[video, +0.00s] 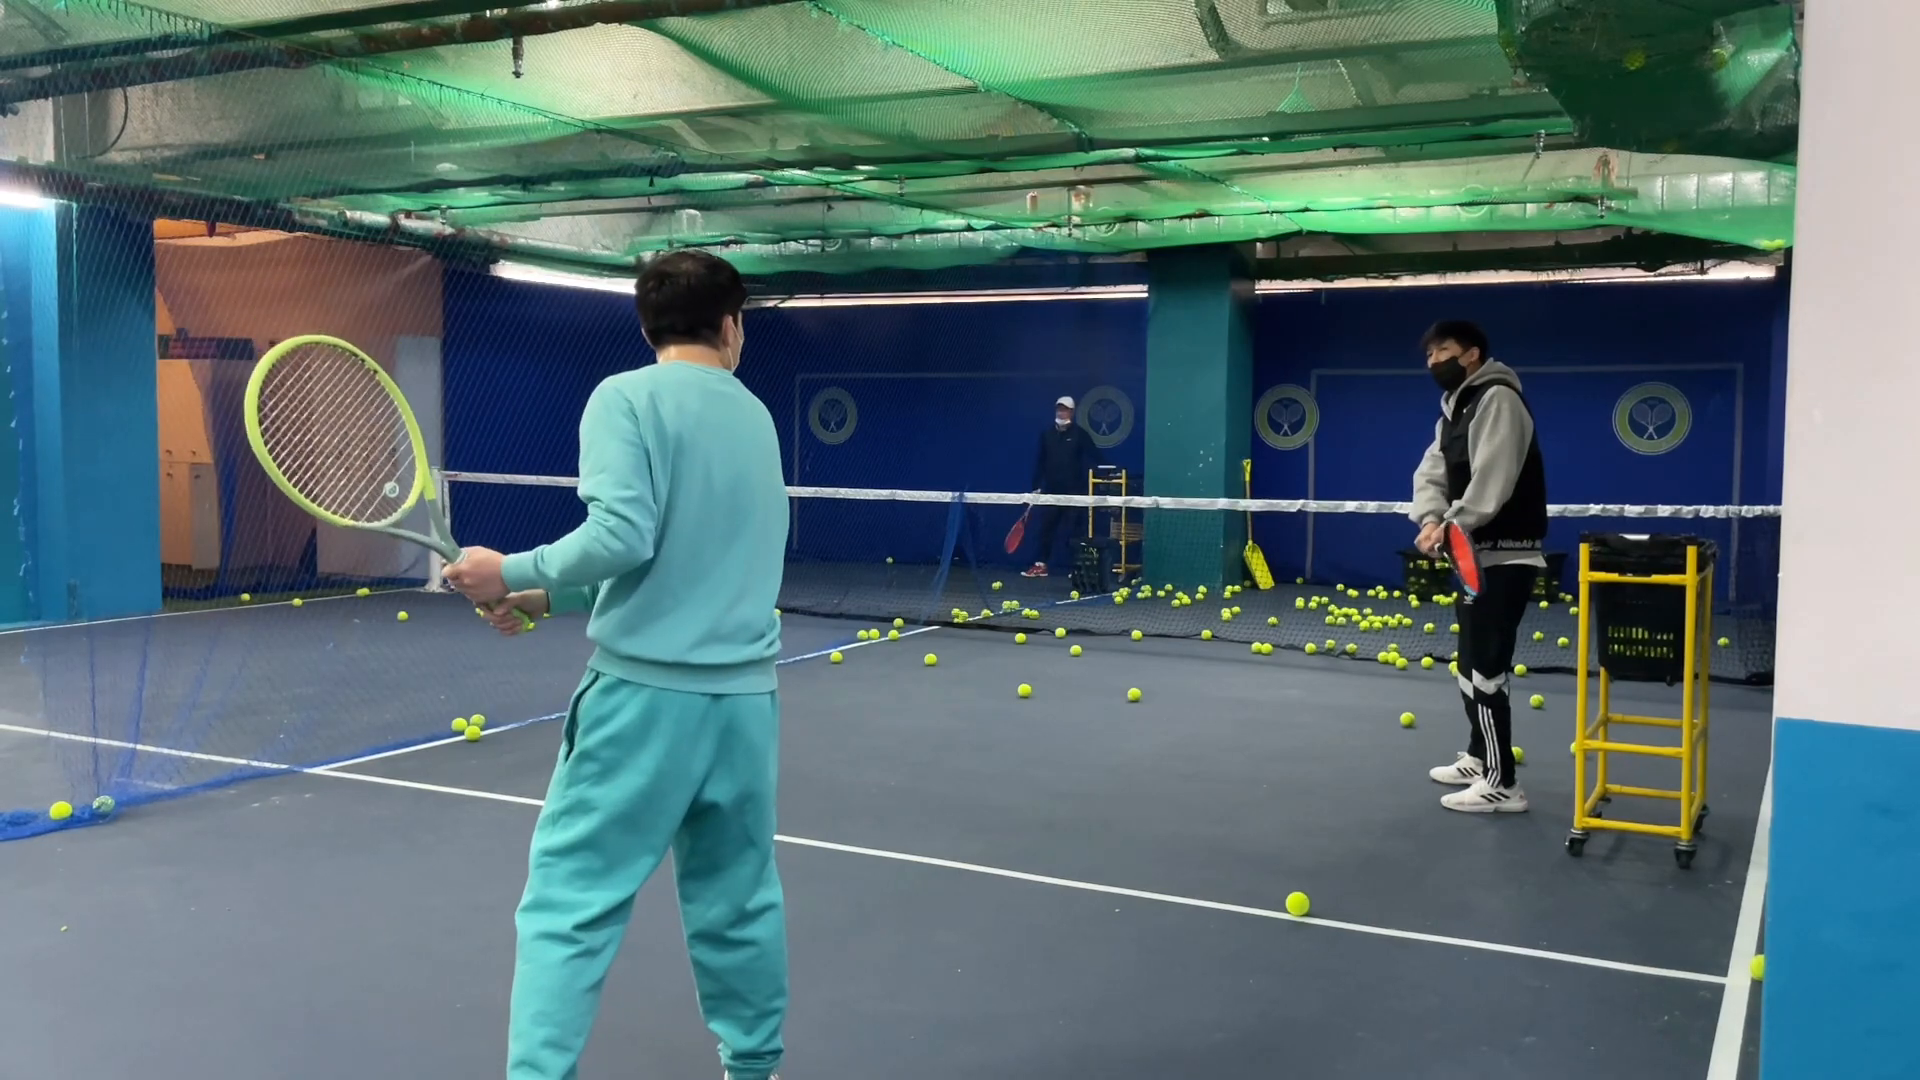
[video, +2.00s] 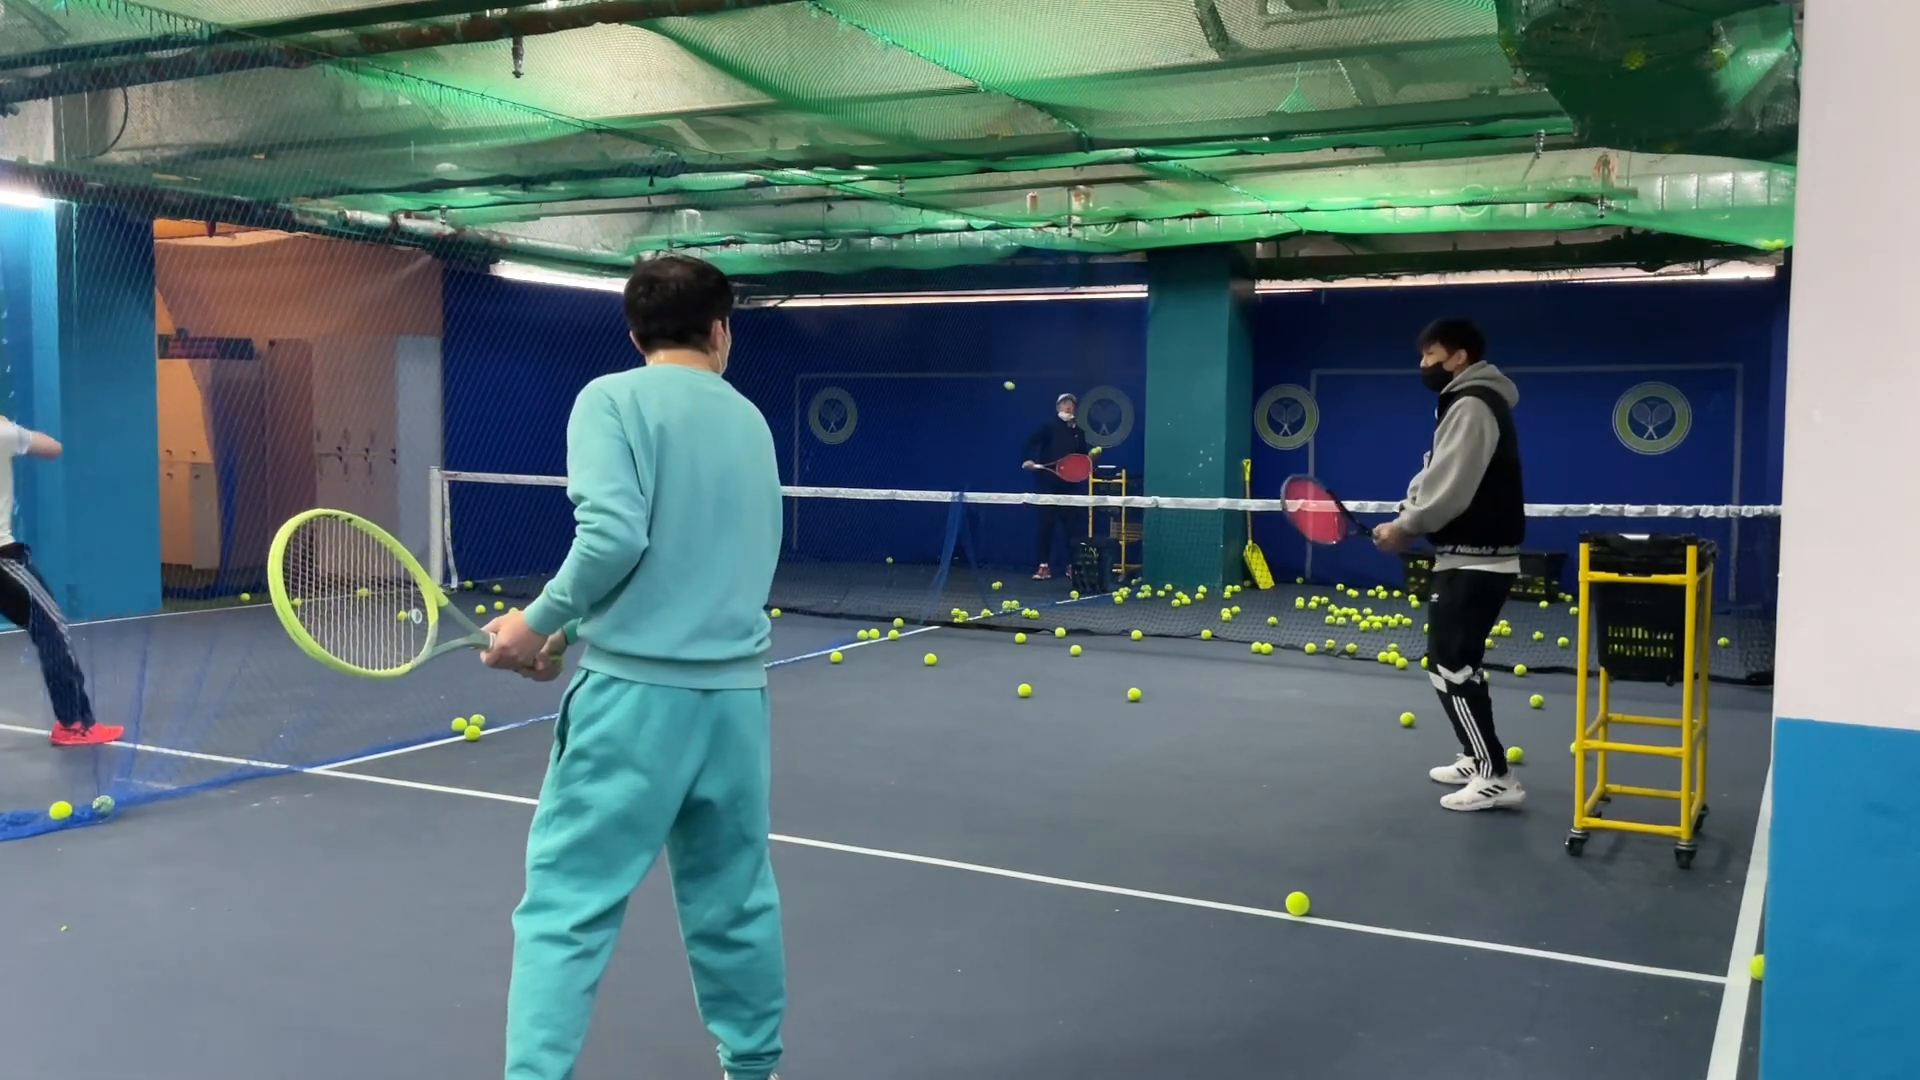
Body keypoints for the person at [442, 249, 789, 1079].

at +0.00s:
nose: (744, 333)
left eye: (743, 320)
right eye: (742, 320)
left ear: (648, 326)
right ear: (730, 324)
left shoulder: (624, 397)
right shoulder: (755, 415)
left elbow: (622, 536)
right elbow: (688, 558)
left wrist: (509, 570)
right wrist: (545, 594)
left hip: (641, 702)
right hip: (745, 704)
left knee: (569, 907)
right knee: (739, 898)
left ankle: (538, 1068)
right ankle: (754, 1063)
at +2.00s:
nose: (733, 339)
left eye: (729, 326)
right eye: (732, 327)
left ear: (640, 332)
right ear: (718, 331)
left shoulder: (610, 400)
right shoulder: (751, 422)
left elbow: (616, 533)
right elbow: (721, 563)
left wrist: (535, 621)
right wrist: (574, 631)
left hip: (630, 702)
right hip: (737, 705)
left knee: (567, 911)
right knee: (735, 898)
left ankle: (536, 1069)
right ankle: (754, 1064)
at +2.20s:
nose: (731, 338)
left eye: (725, 325)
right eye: (729, 325)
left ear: (637, 331)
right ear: (716, 330)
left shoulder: (608, 401)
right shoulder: (750, 422)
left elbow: (615, 535)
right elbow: (728, 564)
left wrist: (537, 624)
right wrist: (574, 632)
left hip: (628, 699)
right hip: (735, 703)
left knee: (566, 909)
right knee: (734, 896)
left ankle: (535, 1069)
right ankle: (754, 1064)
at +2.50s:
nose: (727, 337)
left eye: (722, 324)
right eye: (726, 325)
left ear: (635, 331)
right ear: (712, 330)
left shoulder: (607, 404)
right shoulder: (750, 423)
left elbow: (612, 540)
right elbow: (726, 565)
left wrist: (528, 623)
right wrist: (572, 635)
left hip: (627, 701)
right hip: (734, 703)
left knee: (566, 911)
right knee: (733, 896)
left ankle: (536, 1069)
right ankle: (754, 1064)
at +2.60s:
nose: (727, 335)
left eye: (724, 322)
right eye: (726, 322)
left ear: (635, 331)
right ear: (712, 328)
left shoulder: (607, 404)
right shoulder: (752, 421)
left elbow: (607, 542)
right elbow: (729, 571)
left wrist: (521, 614)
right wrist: (575, 632)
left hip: (625, 703)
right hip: (732, 705)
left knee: (567, 911)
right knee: (733, 897)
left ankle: (538, 1069)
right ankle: (754, 1064)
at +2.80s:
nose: (731, 332)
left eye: (725, 319)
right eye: (729, 319)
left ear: (638, 328)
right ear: (715, 325)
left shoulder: (601, 406)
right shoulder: (760, 424)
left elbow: (580, 549)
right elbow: (753, 565)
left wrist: (519, 577)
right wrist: (588, 606)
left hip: (617, 705)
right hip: (730, 709)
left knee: (568, 912)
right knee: (734, 899)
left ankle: (539, 1069)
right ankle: (753, 1064)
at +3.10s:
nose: (738, 327)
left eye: (735, 314)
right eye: (737, 314)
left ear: (642, 325)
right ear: (723, 322)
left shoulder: (592, 410)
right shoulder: (768, 426)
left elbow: (556, 554)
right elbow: (781, 555)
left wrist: (607, 506)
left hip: (614, 705)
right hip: (730, 707)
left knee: (571, 909)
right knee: (736, 902)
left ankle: (541, 1070)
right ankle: (751, 1065)